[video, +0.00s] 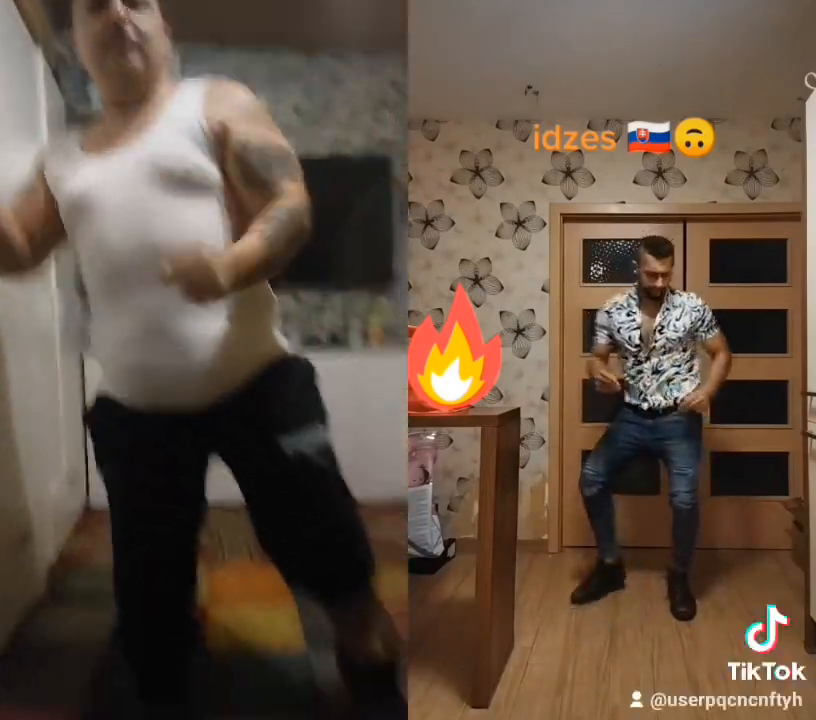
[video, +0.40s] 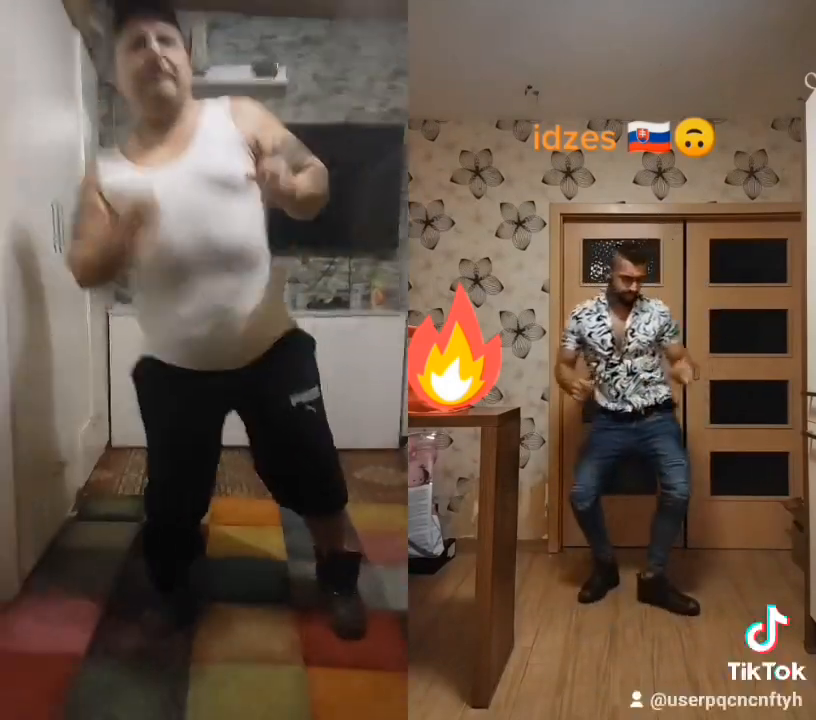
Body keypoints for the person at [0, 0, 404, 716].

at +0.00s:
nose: (122, 20)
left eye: (137, 3)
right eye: (98, 11)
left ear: (165, 23)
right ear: (72, 42)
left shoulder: (221, 105)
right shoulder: (68, 158)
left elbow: (292, 207)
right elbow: (18, 249)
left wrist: (227, 267)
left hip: (254, 387)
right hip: (136, 406)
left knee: (327, 546)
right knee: (149, 591)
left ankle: (372, 680)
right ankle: (158, 705)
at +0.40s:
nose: (156, 53)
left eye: (167, 41)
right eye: (137, 45)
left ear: (189, 60)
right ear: (117, 74)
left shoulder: (240, 116)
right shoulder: (109, 171)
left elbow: (315, 180)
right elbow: (84, 272)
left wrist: (291, 187)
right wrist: (116, 241)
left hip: (269, 349)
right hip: (175, 365)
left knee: (314, 478)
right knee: (173, 502)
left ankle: (341, 580)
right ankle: (169, 603)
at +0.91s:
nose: (263, 90)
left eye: (277, 79)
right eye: (250, 80)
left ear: (297, 95)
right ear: (232, 99)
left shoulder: (331, 157)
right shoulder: (209, 181)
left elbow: (370, 235)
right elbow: (183, 254)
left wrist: (309, 205)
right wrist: (169, 273)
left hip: (305, 367)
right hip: (218, 365)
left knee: (311, 485)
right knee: (191, 477)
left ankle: (307, 550)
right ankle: (163, 563)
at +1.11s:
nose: (274, 176)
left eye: (286, 164)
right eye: (262, 166)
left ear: (309, 176)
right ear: (246, 180)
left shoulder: (337, 242)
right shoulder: (218, 248)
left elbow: (367, 320)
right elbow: (180, 312)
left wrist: (317, 331)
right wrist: (158, 328)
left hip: (294, 441)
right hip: (206, 433)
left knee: (297, 563)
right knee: (175, 548)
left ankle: (300, 640)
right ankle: (144, 642)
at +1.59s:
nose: (280, 222)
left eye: (295, 209)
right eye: (267, 212)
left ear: (323, 221)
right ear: (252, 229)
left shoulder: (362, 299)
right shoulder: (225, 301)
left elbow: (396, 378)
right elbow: (182, 371)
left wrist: (394, 408)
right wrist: (164, 378)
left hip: (329, 513)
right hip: (228, 512)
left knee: (367, 660)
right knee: (207, 663)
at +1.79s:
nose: (257, 215)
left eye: (270, 199)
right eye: (240, 207)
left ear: (302, 212)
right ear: (226, 233)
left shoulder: (359, 284)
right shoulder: (208, 316)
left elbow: (419, 361)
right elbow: (171, 407)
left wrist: (425, 351)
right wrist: (171, 368)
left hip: (365, 523)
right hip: (258, 534)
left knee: (405, 669)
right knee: (267, 692)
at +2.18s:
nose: (152, 205)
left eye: (164, 186)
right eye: (128, 200)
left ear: (192, 197)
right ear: (111, 233)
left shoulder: (266, 245)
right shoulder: (134, 338)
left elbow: (374, 297)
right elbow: (132, 449)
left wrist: (376, 251)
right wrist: (140, 424)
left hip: (384, 490)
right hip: (280, 544)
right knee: (345, 693)